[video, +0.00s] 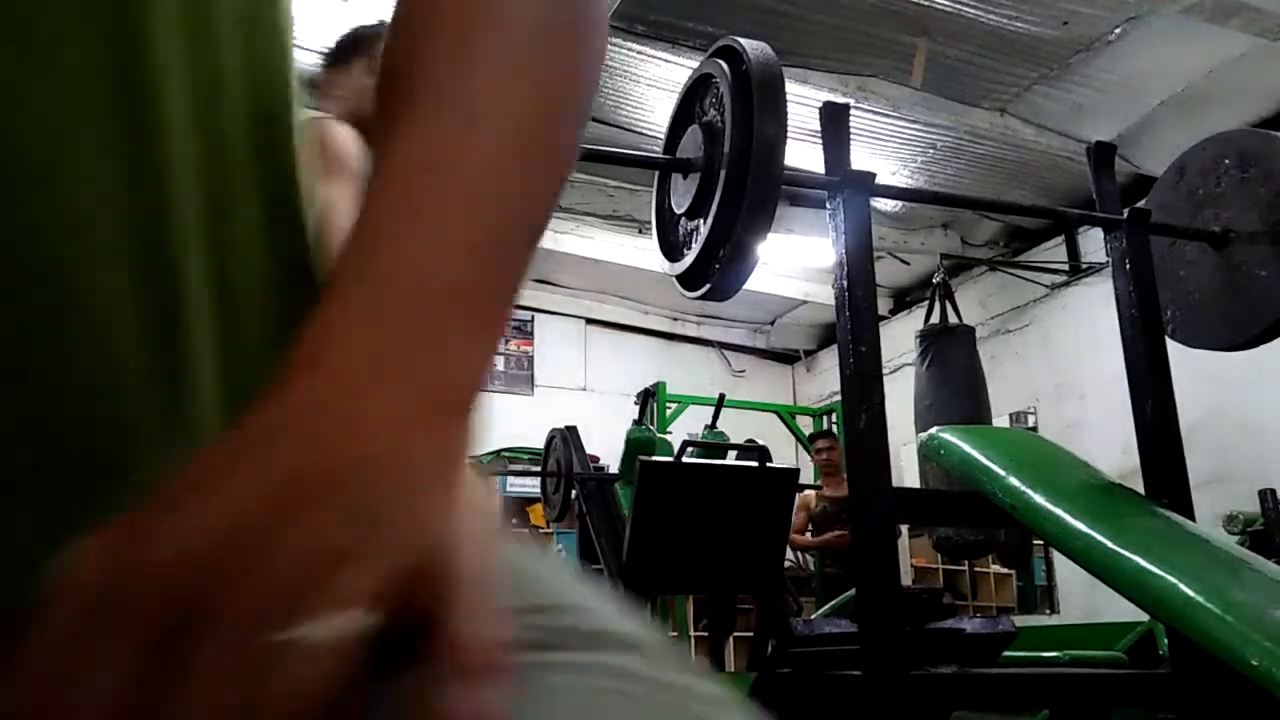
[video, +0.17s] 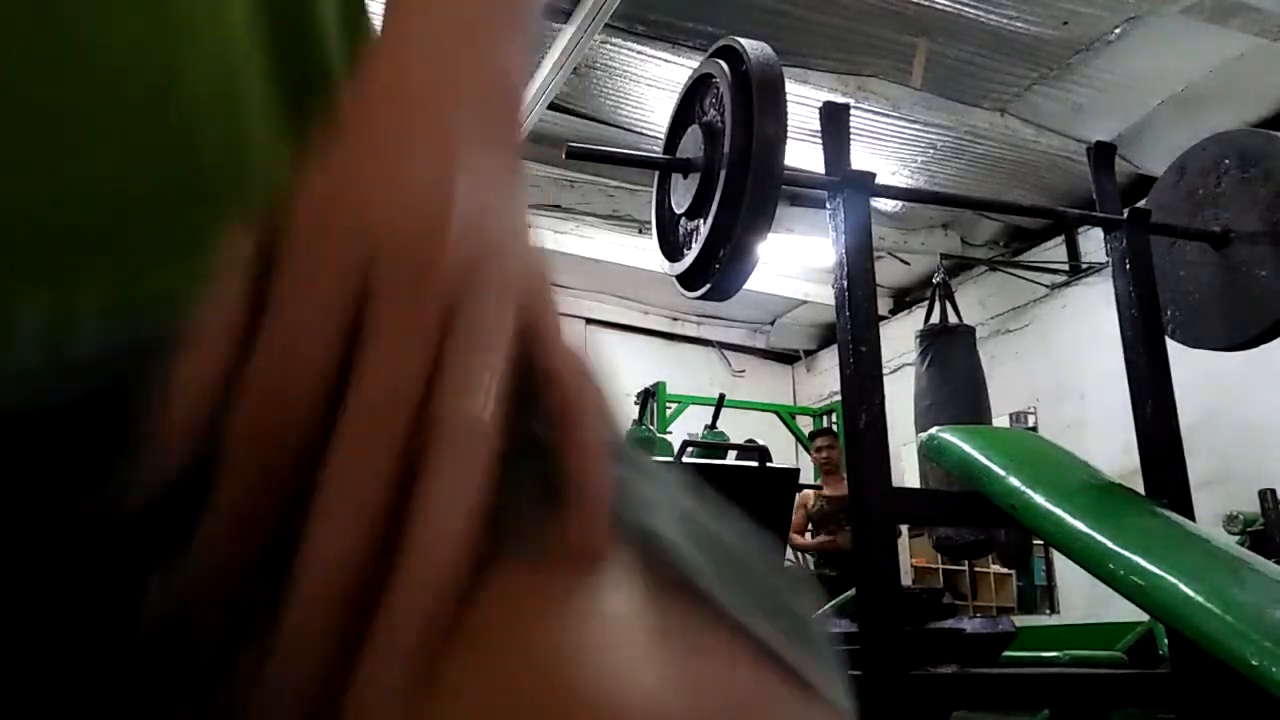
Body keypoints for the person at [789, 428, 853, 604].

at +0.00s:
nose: (825, 457)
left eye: (831, 450)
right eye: (819, 452)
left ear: (841, 452)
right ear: (813, 458)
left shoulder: (857, 490)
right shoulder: (809, 498)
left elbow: (892, 529)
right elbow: (794, 538)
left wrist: (854, 537)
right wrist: (823, 540)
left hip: (862, 570)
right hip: (829, 575)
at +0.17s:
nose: (825, 455)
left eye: (831, 448)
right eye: (818, 450)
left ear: (841, 451)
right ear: (812, 457)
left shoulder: (857, 489)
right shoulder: (808, 496)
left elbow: (892, 529)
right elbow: (794, 536)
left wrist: (851, 538)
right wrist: (816, 544)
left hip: (861, 569)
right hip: (828, 573)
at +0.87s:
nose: (793, 444)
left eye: (799, 437)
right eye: (789, 439)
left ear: (814, 440)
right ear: (786, 444)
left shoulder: (836, 480)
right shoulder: (789, 481)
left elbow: (856, 520)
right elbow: (787, 526)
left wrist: (820, 534)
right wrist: (786, 558)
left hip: (832, 571)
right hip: (796, 571)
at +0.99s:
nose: (779, 442)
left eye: (785, 434)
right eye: (775, 437)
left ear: (802, 437)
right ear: (772, 442)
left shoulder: (827, 478)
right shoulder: (777, 480)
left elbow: (841, 523)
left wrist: (808, 550)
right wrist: (781, 552)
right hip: (781, 567)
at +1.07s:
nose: (771, 440)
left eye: (777, 433)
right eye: (767, 436)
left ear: (793, 434)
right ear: (764, 441)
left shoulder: (818, 476)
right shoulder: (768, 479)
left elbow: (828, 522)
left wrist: (813, 562)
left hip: (809, 564)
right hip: (776, 566)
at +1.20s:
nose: (764, 438)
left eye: (769, 431)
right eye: (758, 434)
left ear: (783, 435)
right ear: (755, 439)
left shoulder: (807, 476)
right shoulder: (754, 481)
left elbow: (825, 519)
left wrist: (829, 564)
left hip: (804, 566)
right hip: (768, 566)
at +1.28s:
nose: (759, 437)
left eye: (765, 431)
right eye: (753, 433)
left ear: (777, 435)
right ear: (748, 440)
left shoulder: (801, 475)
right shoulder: (745, 483)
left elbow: (829, 511)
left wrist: (835, 561)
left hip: (803, 570)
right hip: (764, 571)